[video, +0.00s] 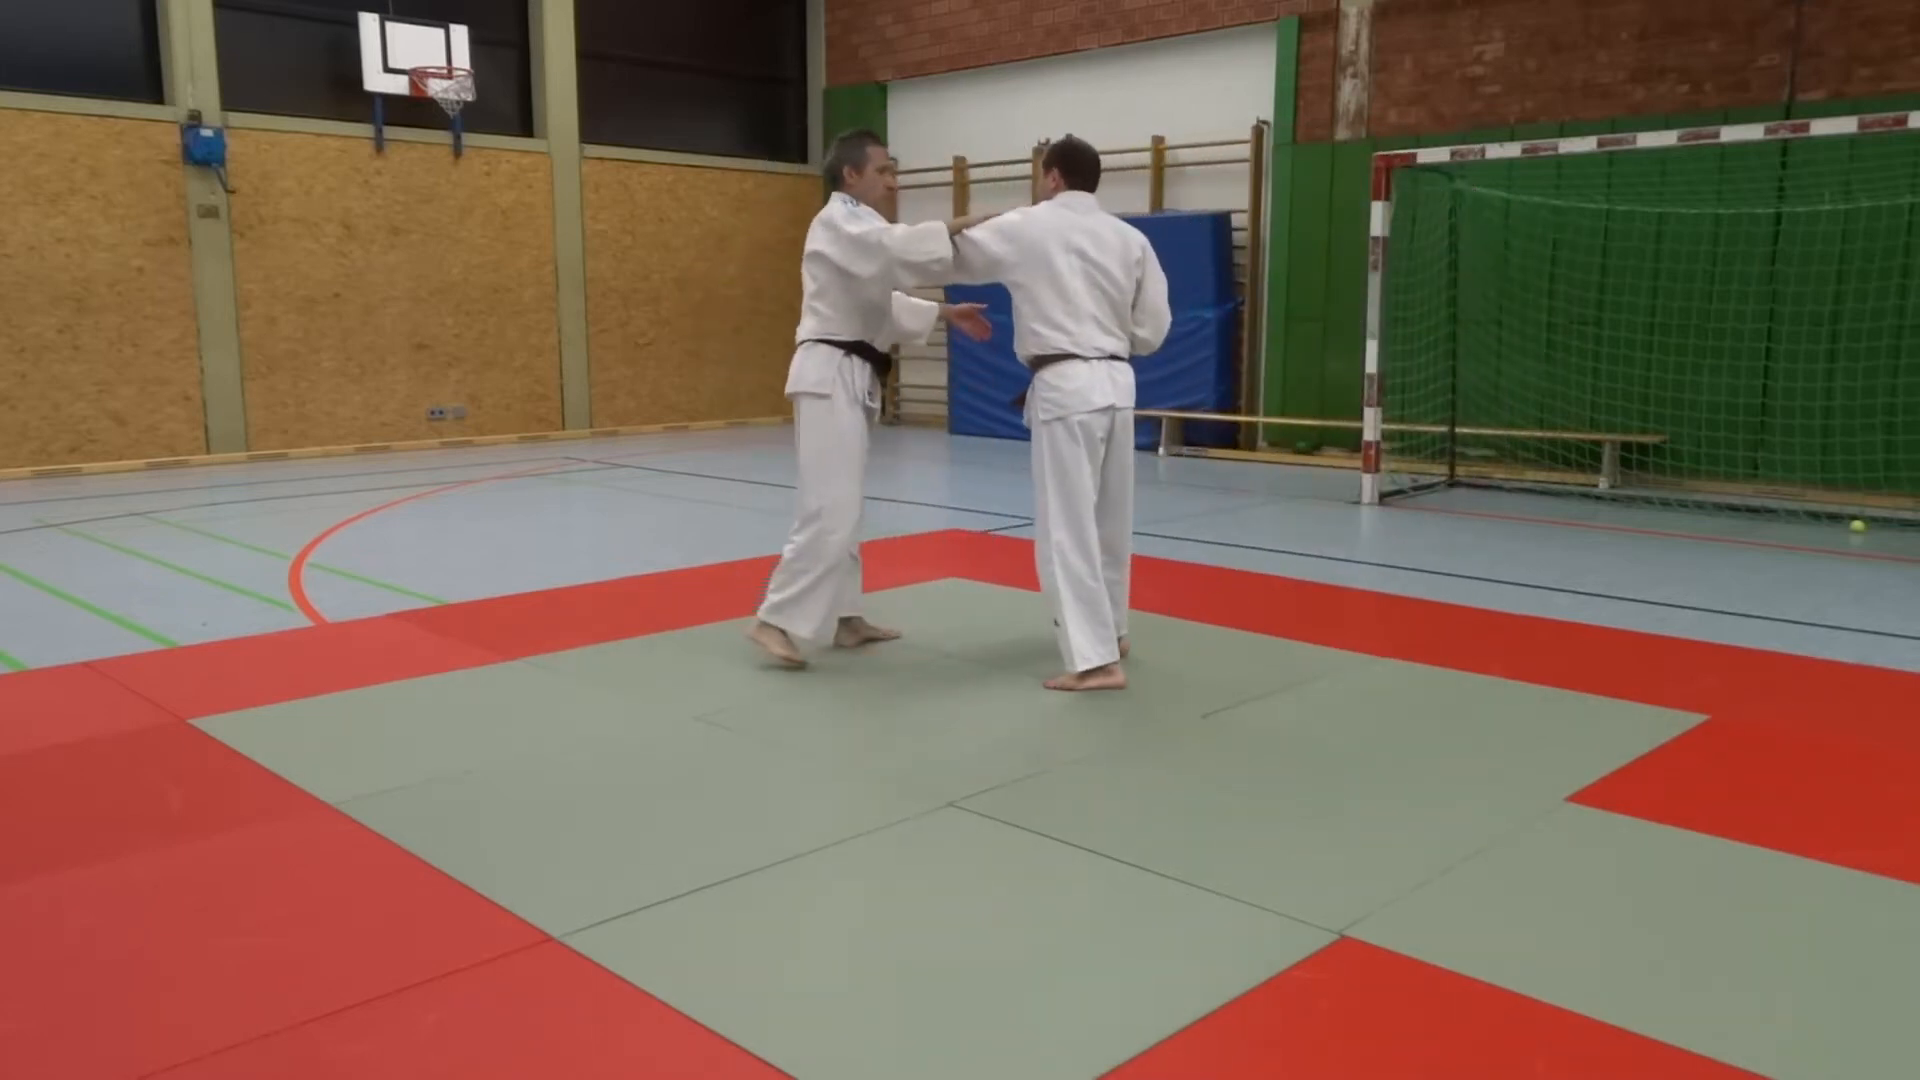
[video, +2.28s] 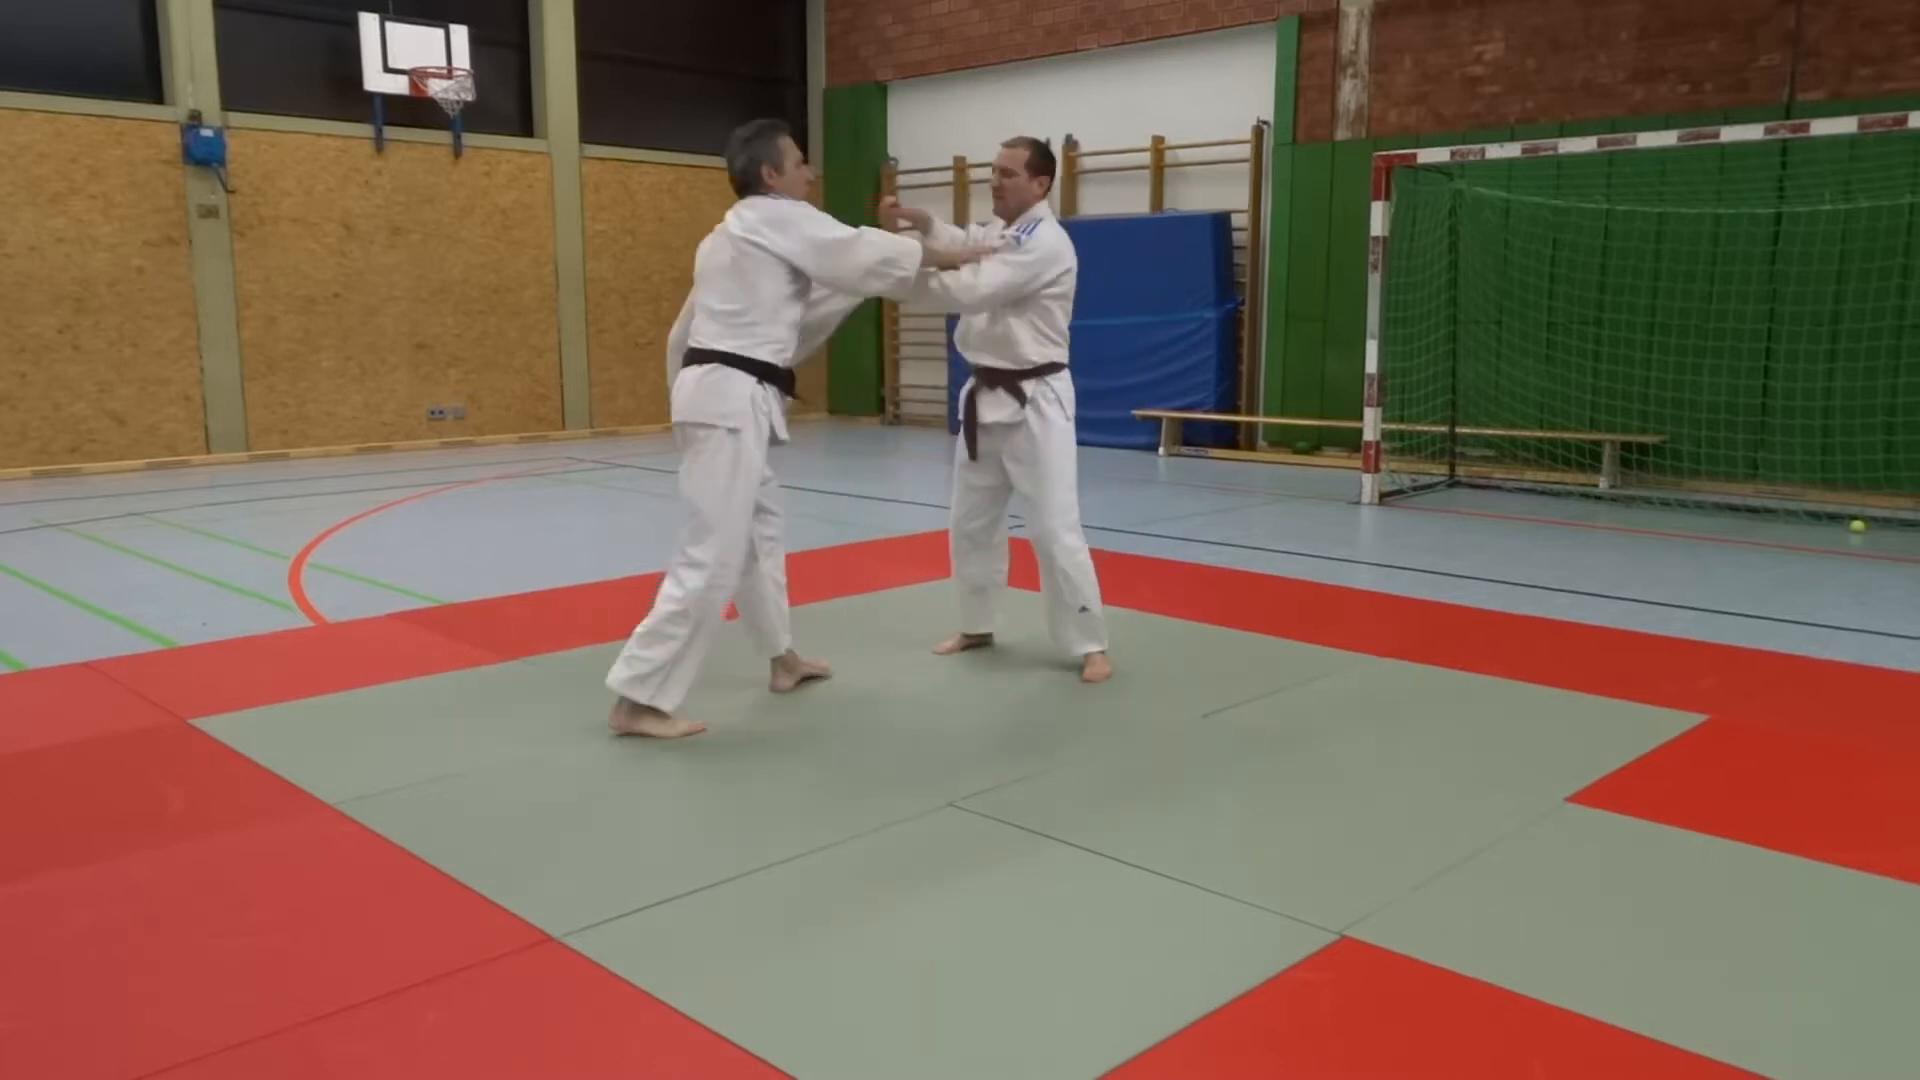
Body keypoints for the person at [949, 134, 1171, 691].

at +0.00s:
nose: (1038, 185)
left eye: (1040, 176)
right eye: (1042, 176)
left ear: (1053, 177)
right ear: (1092, 182)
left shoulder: (1029, 226)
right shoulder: (1130, 238)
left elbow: (956, 251)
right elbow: (1152, 330)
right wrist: (1101, 341)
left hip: (1061, 385)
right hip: (1120, 382)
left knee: (1067, 526)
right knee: (1112, 519)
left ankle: (1097, 663)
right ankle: (1112, 636)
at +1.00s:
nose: (1030, 180)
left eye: (1037, 170)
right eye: (1032, 170)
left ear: (1066, 174)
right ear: (1083, 177)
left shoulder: (1052, 217)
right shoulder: (1124, 242)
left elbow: (989, 255)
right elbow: (1102, 317)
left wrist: (913, 248)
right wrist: (1026, 318)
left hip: (1082, 391)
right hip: (1112, 385)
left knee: (1084, 521)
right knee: (1098, 514)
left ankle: (1115, 651)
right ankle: (1097, 627)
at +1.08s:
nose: (1027, 179)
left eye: (1034, 170)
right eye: (1029, 170)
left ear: (1066, 174)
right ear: (1067, 176)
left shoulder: (1079, 218)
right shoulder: (1072, 224)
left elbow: (1012, 260)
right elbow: (1050, 328)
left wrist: (946, 252)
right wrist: (975, 349)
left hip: (1094, 393)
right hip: (1070, 393)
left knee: (1087, 525)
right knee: (1065, 520)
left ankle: (1115, 651)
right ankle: (1095, 628)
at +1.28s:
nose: (998, 192)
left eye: (1010, 184)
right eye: (997, 182)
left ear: (1044, 192)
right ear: (1000, 190)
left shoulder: (1075, 238)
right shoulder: (998, 253)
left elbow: (1028, 299)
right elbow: (971, 342)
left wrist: (962, 292)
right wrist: (895, 354)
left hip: (1082, 401)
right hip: (1024, 405)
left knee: (1107, 531)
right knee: (1000, 533)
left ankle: (1131, 653)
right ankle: (1041, 591)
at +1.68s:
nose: (971, 199)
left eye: (983, 190)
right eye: (965, 189)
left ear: (1012, 197)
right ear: (959, 195)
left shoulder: (1044, 251)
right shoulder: (946, 252)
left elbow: (1028, 312)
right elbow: (920, 306)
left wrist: (961, 295)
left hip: (1034, 403)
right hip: (972, 404)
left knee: (1062, 529)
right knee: (953, 539)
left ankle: (1103, 645)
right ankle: (966, 630)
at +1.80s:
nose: (968, 195)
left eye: (979, 185)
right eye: (963, 185)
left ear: (1013, 189)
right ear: (959, 188)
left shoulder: (1040, 245)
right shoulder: (951, 232)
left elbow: (1003, 308)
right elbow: (906, 272)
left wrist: (944, 281)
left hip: (1031, 400)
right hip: (971, 397)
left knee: (1062, 525)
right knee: (955, 527)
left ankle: (1099, 641)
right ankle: (966, 629)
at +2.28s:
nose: (995, 184)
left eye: (1007, 175)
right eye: (994, 174)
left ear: (1041, 183)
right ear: (998, 180)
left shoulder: (1049, 243)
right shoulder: (996, 233)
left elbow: (972, 289)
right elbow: (950, 238)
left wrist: (903, 269)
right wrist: (915, 222)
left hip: (1038, 398)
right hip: (983, 395)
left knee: (1055, 528)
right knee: (973, 521)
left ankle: (1091, 646)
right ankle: (976, 628)